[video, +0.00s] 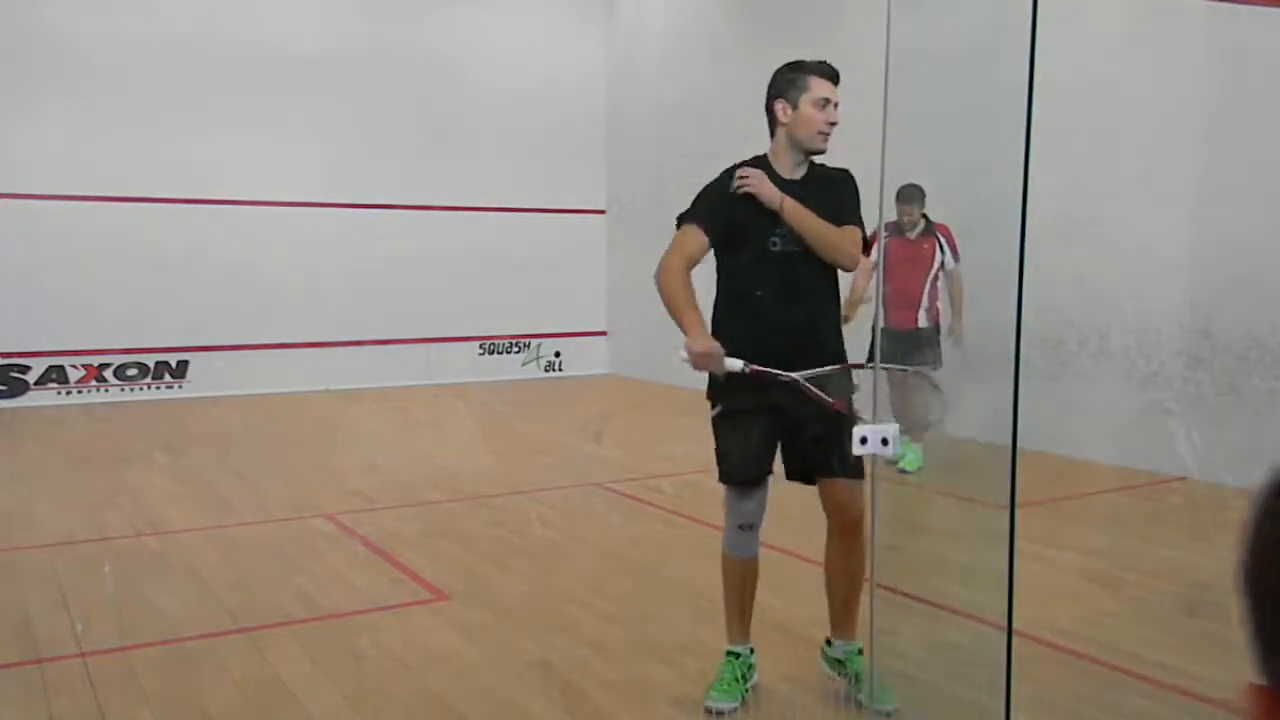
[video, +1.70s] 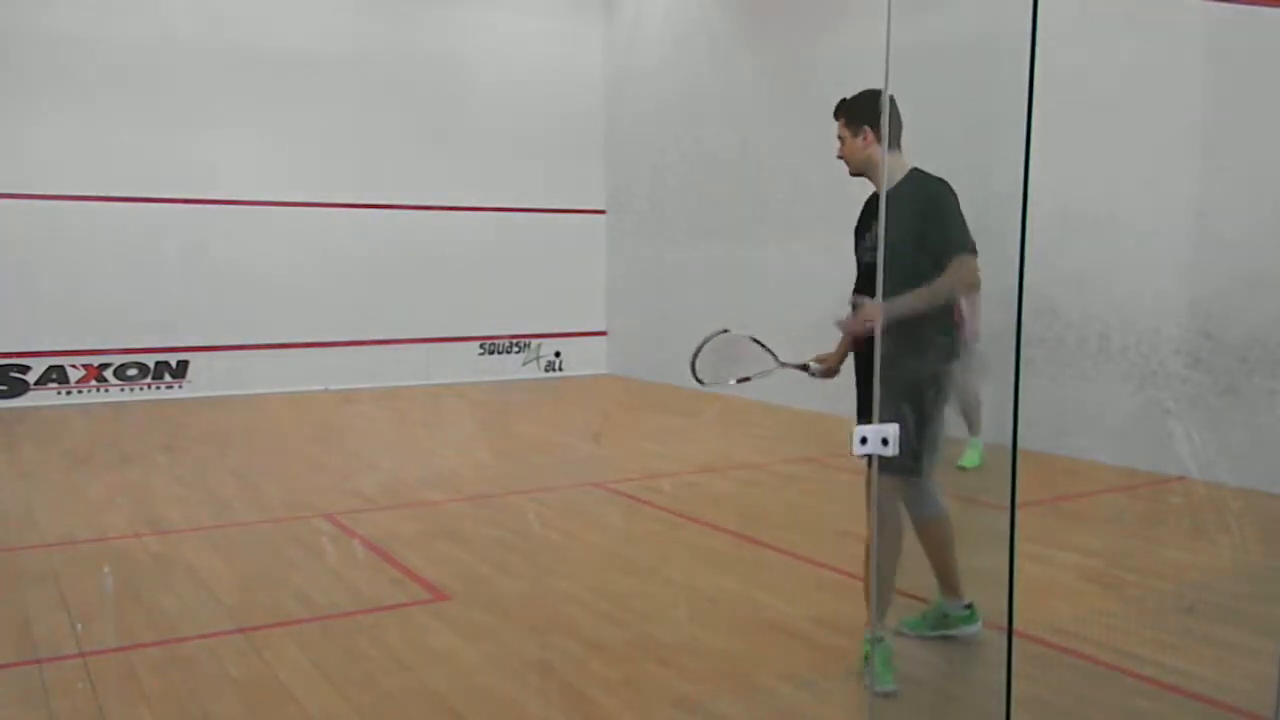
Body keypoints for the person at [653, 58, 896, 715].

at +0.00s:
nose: (833, 117)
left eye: (836, 107)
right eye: (822, 105)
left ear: (825, 117)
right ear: (781, 111)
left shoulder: (835, 184)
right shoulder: (734, 185)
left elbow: (849, 253)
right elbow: (671, 267)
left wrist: (778, 199)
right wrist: (697, 334)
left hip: (821, 373)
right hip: (745, 375)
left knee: (848, 509)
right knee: (743, 517)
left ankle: (843, 648)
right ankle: (738, 655)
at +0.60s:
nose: (834, 113)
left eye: (835, 103)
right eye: (821, 103)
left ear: (823, 114)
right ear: (782, 112)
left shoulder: (846, 190)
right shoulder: (734, 197)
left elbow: (873, 283)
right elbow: (702, 295)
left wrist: (851, 254)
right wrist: (745, 366)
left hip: (835, 373)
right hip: (761, 380)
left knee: (856, 501)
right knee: (754, 517)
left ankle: (862, 631)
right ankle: (739, 654)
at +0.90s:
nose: (901, 122)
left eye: (905, 111)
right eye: (890, 110)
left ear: (903, 120)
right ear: (851, 116)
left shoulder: (912, 196)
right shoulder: (796, 194)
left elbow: (945, 283)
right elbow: (757, 282)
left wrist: (888, 298)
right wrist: (744, 365)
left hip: (877, 380)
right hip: (801, 376)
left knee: (866, 510)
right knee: (776, 514)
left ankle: (859, 643)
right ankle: (745, 651)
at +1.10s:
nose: (902, 127)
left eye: (912, 117)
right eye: (891, 115)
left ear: (923, 124)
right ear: (864, 120)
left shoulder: (940, 202)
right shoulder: (820, 191)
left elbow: (951, 299)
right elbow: (787, 274)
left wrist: (892, 344)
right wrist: (768, 346)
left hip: (891, 382)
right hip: (817, 374)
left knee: (874, 513)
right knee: (798, 505)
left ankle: (858, 639)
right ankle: (793, 629)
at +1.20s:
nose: (877, 126)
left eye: (891, 116)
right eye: (868, 115)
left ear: (917, 122)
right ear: (858, 120)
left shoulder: (945, 202)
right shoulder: (829, 191)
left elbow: (956, 301)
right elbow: (800, 274)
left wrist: (899, 354)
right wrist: (779, 342)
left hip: (896, 378)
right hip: (827, 371)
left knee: (877, 507)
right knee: (814, 502)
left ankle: (860, 636)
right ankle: (838, 603)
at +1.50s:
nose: (836, 137)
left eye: (845, 124)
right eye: (837, 125)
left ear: (880, 126)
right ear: (871, 128)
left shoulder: (940, 198)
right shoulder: (855, 201)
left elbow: (967, 290)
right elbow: (845, 284)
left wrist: (952, 371)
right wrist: (808, 348)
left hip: (908, 375)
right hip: (857, 371)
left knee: (883, 495)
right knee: (876, 491)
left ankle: (859, 636)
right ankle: (936, 590)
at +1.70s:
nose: (837, 150)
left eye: (840, 138)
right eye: (836, 139)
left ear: (868, 136)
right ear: (870, 136)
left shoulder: (931, 194)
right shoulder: (873, 212)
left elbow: (966, 274)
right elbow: (869, 298)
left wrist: (886, 310)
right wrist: (840, 352)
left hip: (917, 368)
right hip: (885, 368)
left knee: (885, 489)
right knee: (914, 484)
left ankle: (876, 634)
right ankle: (954, 604)